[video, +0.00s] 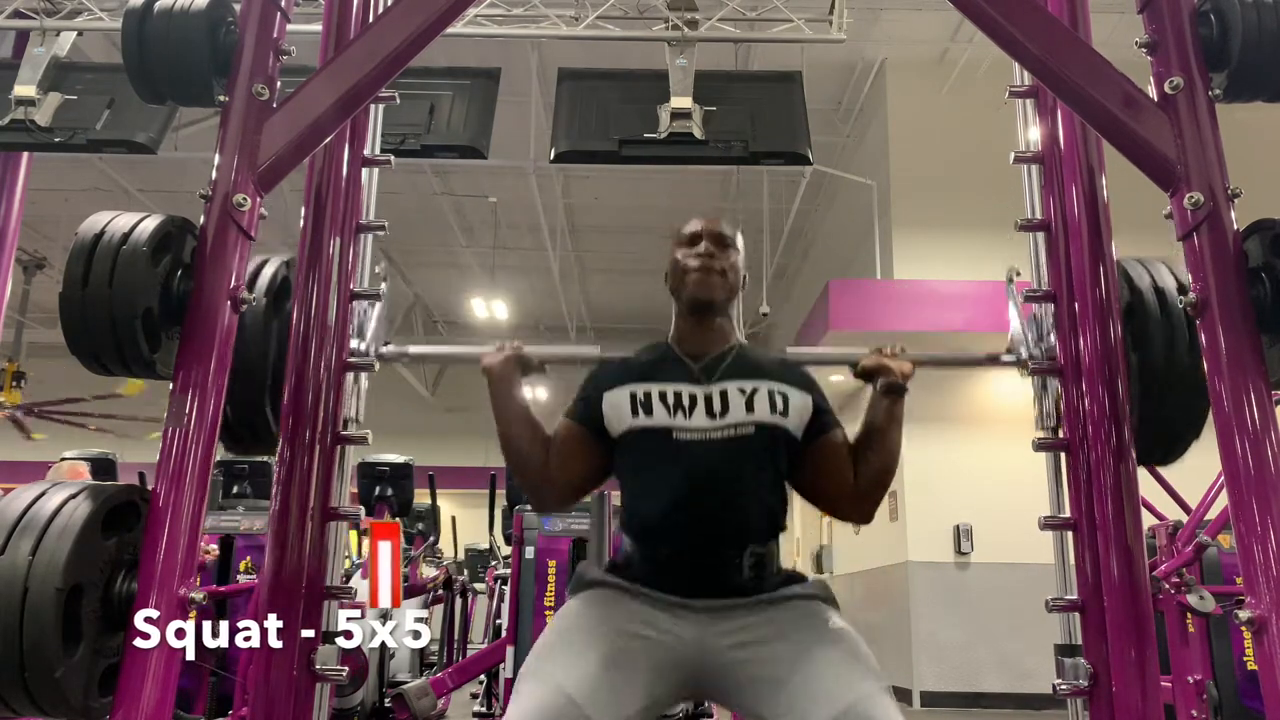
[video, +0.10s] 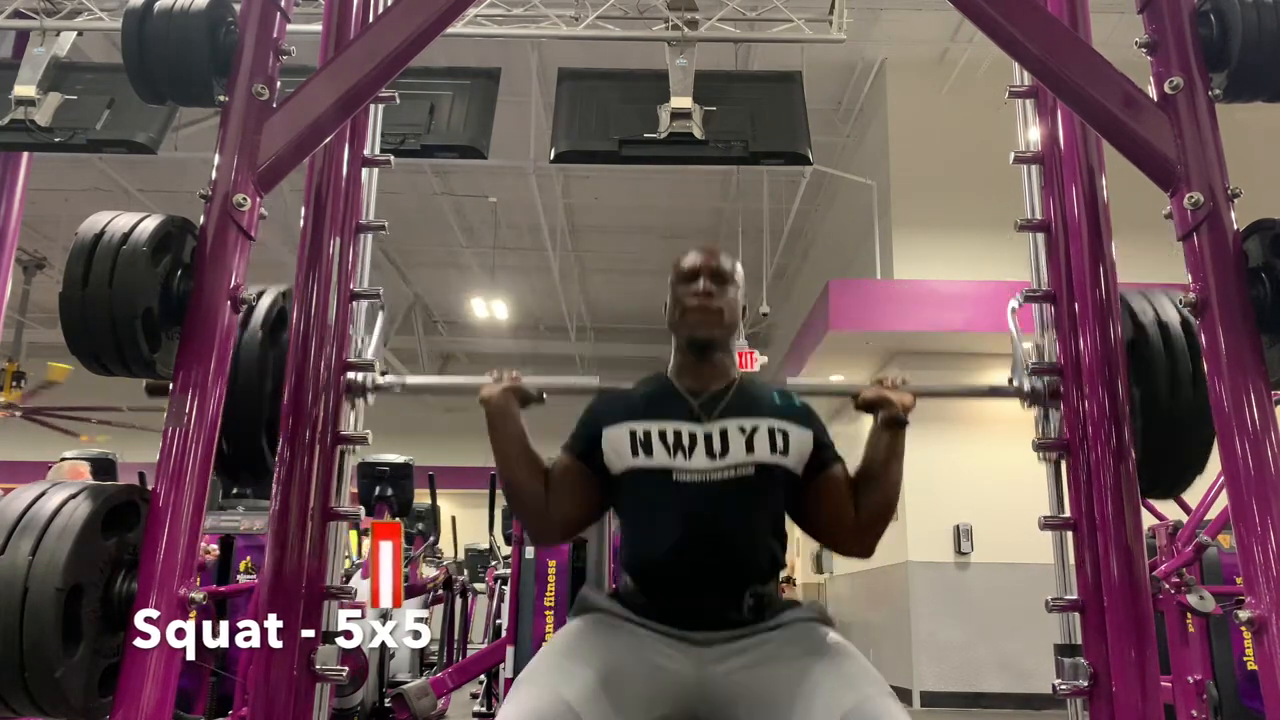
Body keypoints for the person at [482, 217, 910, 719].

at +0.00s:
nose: (707, 252)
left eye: (722, 246)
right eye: (691, 243)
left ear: (741, 279)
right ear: (667, 274)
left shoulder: (787, 383)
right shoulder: (615, 382)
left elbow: (856, 501)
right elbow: (549, 488)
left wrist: (889, 397)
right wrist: (504, 386)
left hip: (767, 615)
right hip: (632, 611)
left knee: (871, 713)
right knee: (532, 712)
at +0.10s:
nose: (703, 286)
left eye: (719, 279)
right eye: (689, 278)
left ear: (743, 310)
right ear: (669, 310)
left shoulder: (785, 414)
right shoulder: (615, 413)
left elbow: (856, 534)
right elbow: (547, 522)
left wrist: (889, 429)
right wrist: (500, 409)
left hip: (768, 643)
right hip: (631, 638)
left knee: (882, 716)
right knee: (521, 714)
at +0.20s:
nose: (703, 345)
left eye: (718, 334)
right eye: (689, 333)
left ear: (742, 354)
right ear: (668, 355)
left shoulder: (788, 463)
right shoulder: (615, 462)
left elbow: (858, 587)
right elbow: (548, 570)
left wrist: (893, 474)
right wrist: (501, 462)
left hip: (768, 677)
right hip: (635, 673)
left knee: (883, 717)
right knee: (518, 716)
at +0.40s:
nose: (699, 429)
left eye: (716, 414)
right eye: (685, 413)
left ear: (742, 425)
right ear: (664, 423)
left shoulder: (789, 531)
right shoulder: (612, 523)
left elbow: (859, 651)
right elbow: (542, 639)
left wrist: (895, 539)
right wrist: (498, 524)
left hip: (758, 707)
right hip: (639, 707)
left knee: (872, 719)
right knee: (519, 716)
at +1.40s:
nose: (698, 353)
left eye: (715, 340)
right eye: (684, 339)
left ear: (741, 355)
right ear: (664, 352)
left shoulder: (787, 457)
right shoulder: (613, 452)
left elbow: (858, 575)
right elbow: (545, 561)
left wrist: (892, 464)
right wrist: (502, 456)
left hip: (768, 666)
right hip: (633, 663)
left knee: (885, 716)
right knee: (520, 714)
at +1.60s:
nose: (698, 304)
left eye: (714, 291)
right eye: (684, 291)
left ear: (739, 308)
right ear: (666, 306)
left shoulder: (782, 408)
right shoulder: (617, 407)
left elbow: (855, 524)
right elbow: (548, 513)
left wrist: (889, 418)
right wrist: (502, 405)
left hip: (764, 628)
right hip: (633, 625)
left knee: (879, 717)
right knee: (526, 715)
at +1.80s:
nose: (702, 226)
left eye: (717, 215)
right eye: (688, 214)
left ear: (741, 235)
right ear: (667, 232)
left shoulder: (786, 336)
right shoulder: (619, 334)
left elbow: (855, 447)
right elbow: (549, 438)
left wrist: (886, 343)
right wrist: (508, 337)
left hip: (771, 565)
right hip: (637, 561)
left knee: (840, 709)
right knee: (567, 708)